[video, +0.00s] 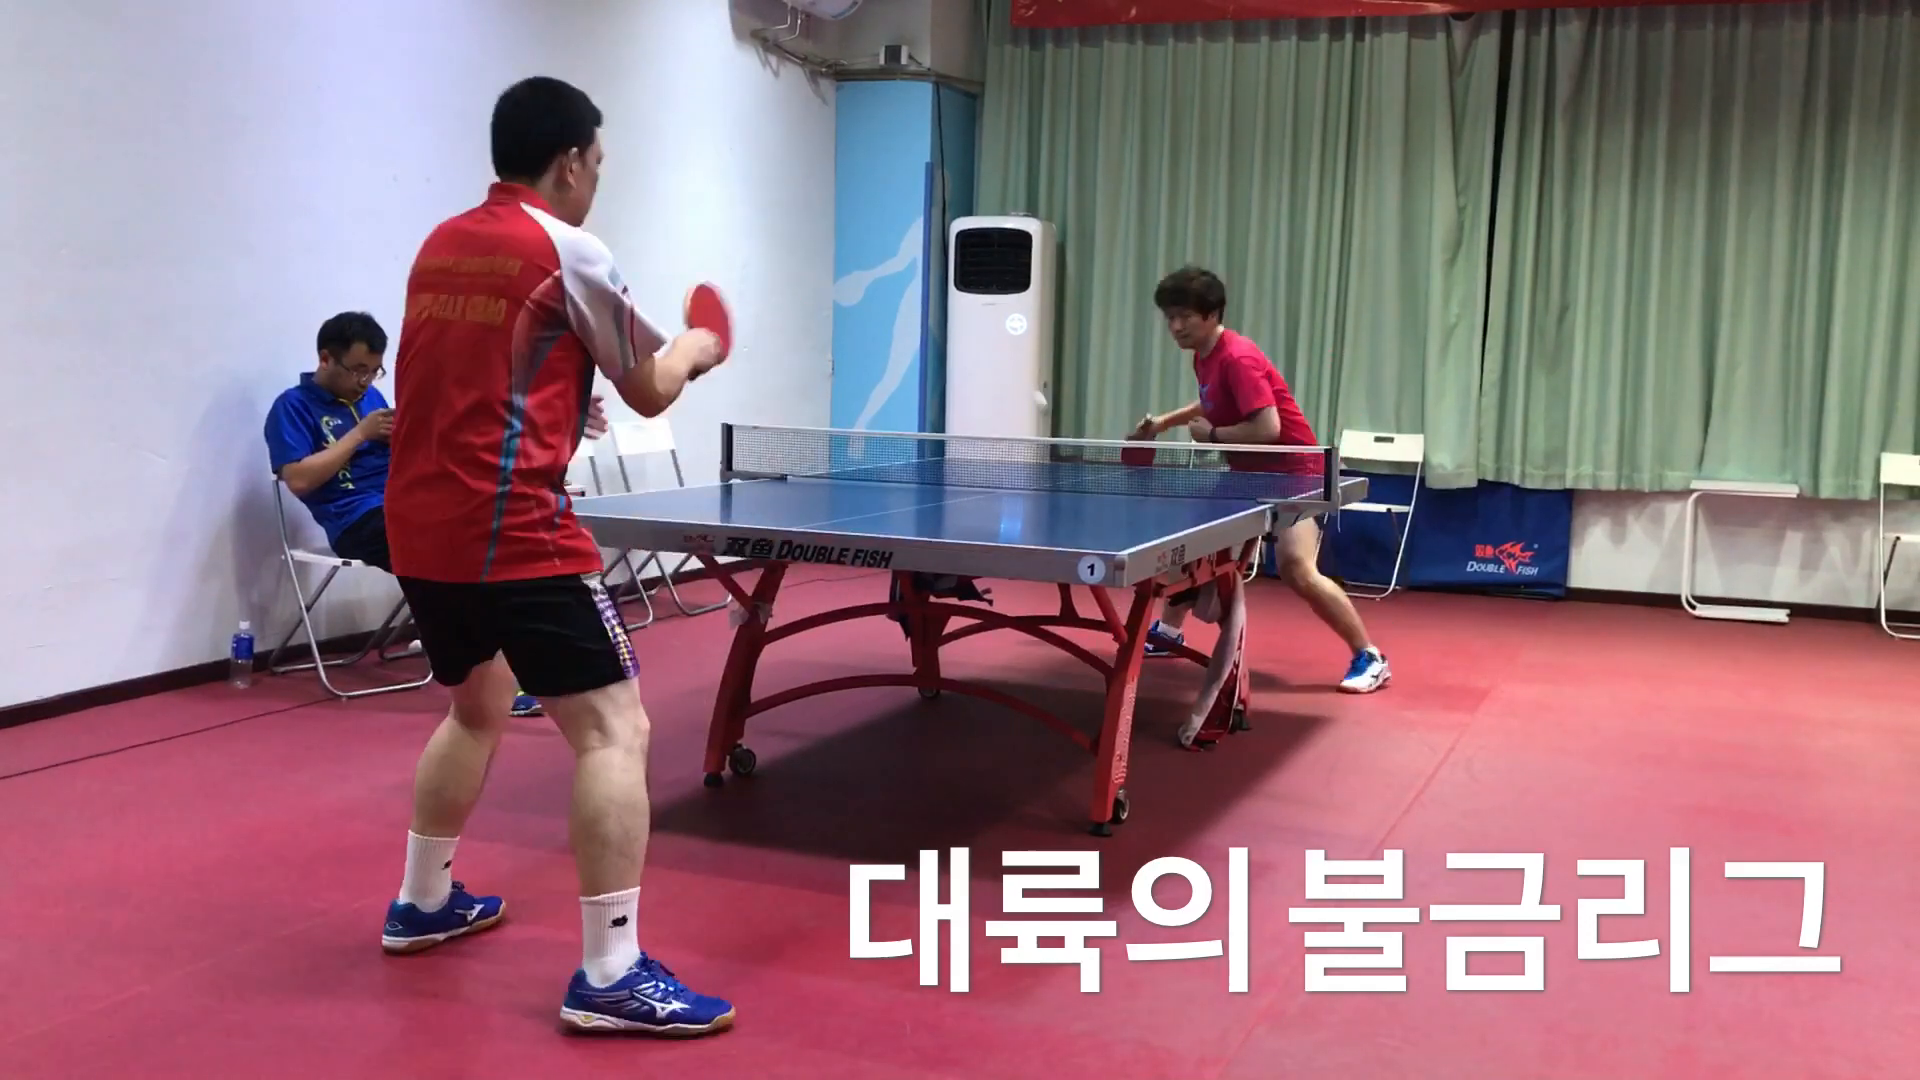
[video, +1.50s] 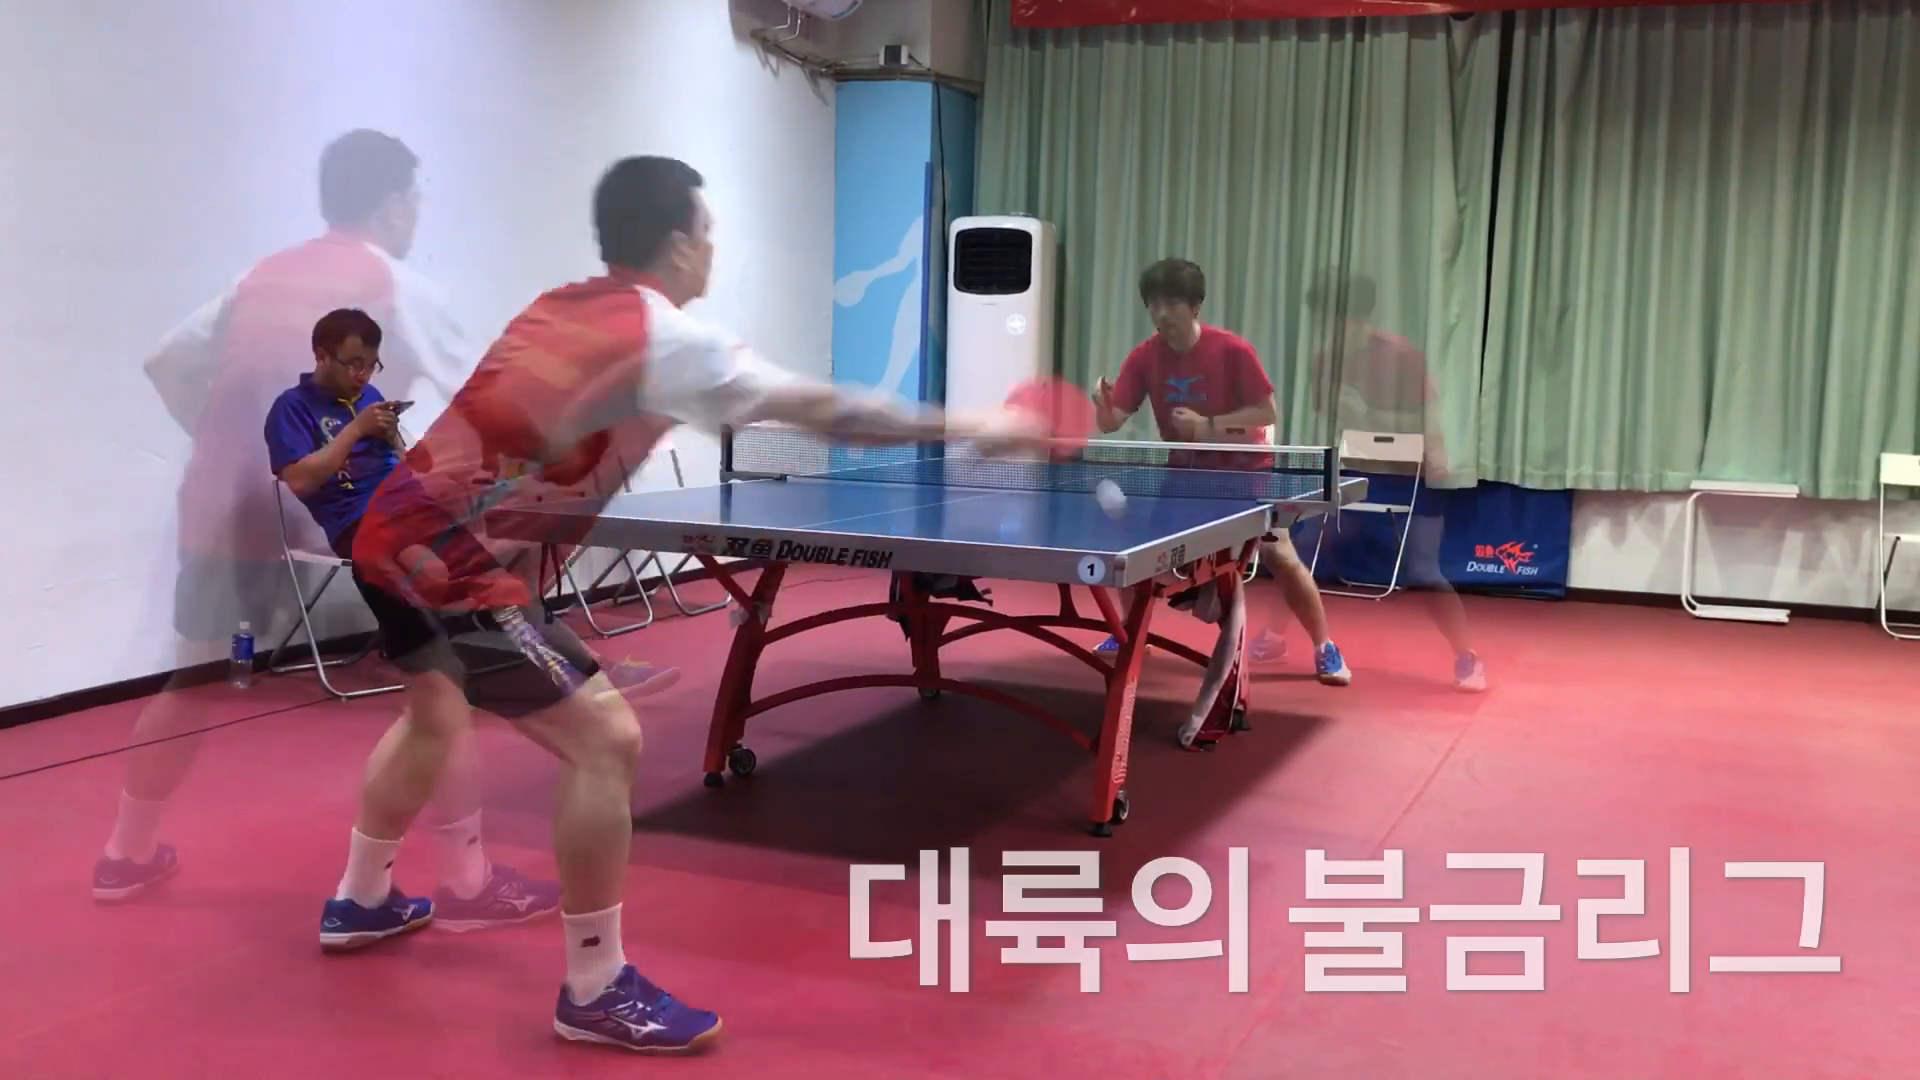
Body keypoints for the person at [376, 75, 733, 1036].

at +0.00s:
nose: (597, 177)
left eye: (594, 160)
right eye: (596, 160)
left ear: (503, 158)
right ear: (573, 161)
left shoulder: (439, 244)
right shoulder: (568, 255)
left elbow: (457, 385)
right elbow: (650, 390)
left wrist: (573, 395)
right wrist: (693, 343)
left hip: (421, 533)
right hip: (519, 534)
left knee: (480, 707)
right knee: (611, 726)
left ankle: (422, 900)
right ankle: (611, 971)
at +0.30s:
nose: (625, 182)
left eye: (623, 166)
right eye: (625, 166)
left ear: (530, 162)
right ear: (607, 168)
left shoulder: (468, 251)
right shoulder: (597, 261)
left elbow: (460, 406)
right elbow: (661, 413)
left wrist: (575, 463)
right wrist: (718, 435)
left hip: (433, 539)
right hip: (532, 546)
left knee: (472, 709)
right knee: (632, 734)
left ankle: (415, 899)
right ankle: (618, 984)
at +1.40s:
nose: (678, 224)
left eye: (676, 207)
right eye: (672, 208)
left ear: (596, 218)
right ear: (636, 218)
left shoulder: (539, 290)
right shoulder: (602, 312)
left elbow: (543, 414)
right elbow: (659, 452)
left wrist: (620, 474)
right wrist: (793, 519)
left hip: (407, 557)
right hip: (471, 568)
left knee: (459, 724)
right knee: (615, 738)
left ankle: (365, 901)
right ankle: (596, 984)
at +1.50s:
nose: (712, 251)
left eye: (708, 233)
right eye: (704, 234)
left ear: (622, 238)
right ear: (675, 243)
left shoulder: (558, 307)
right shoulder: (655, 335)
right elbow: (823, 407)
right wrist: (980, 428)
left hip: (392, 539)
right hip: (444, 556)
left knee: (433, 715)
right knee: (604, 740)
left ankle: (359, 897)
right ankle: (596, 988)